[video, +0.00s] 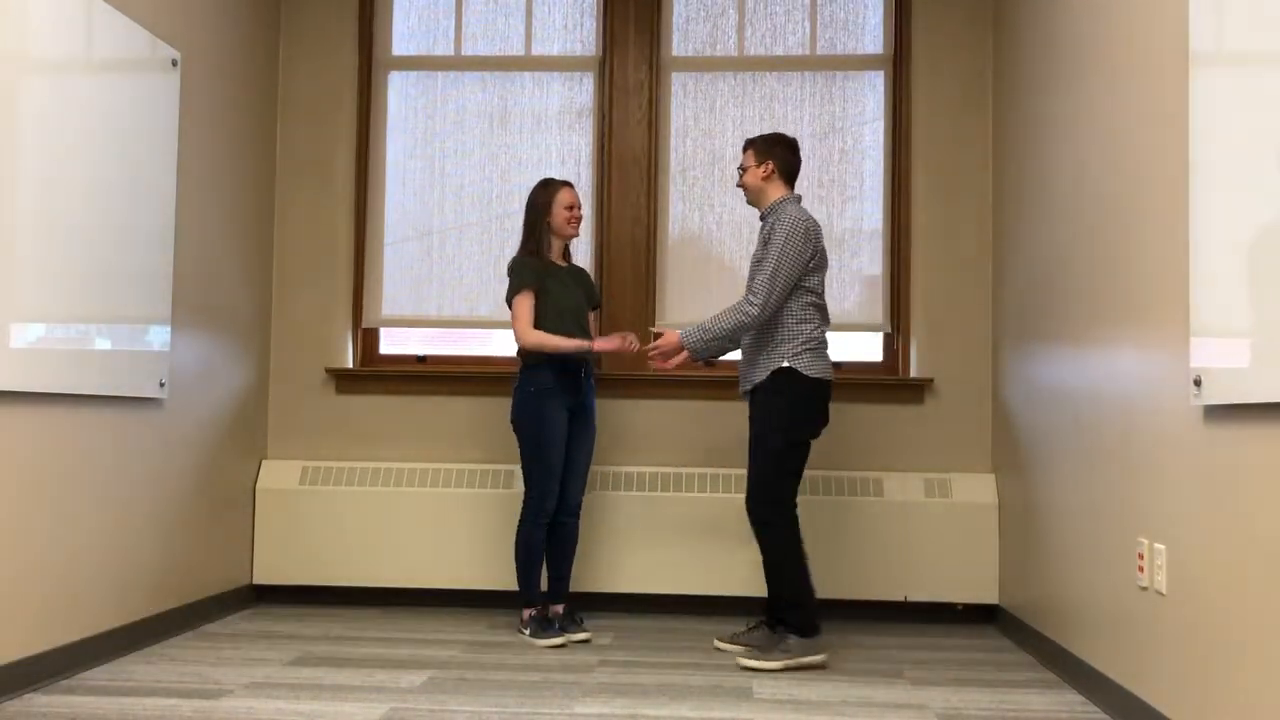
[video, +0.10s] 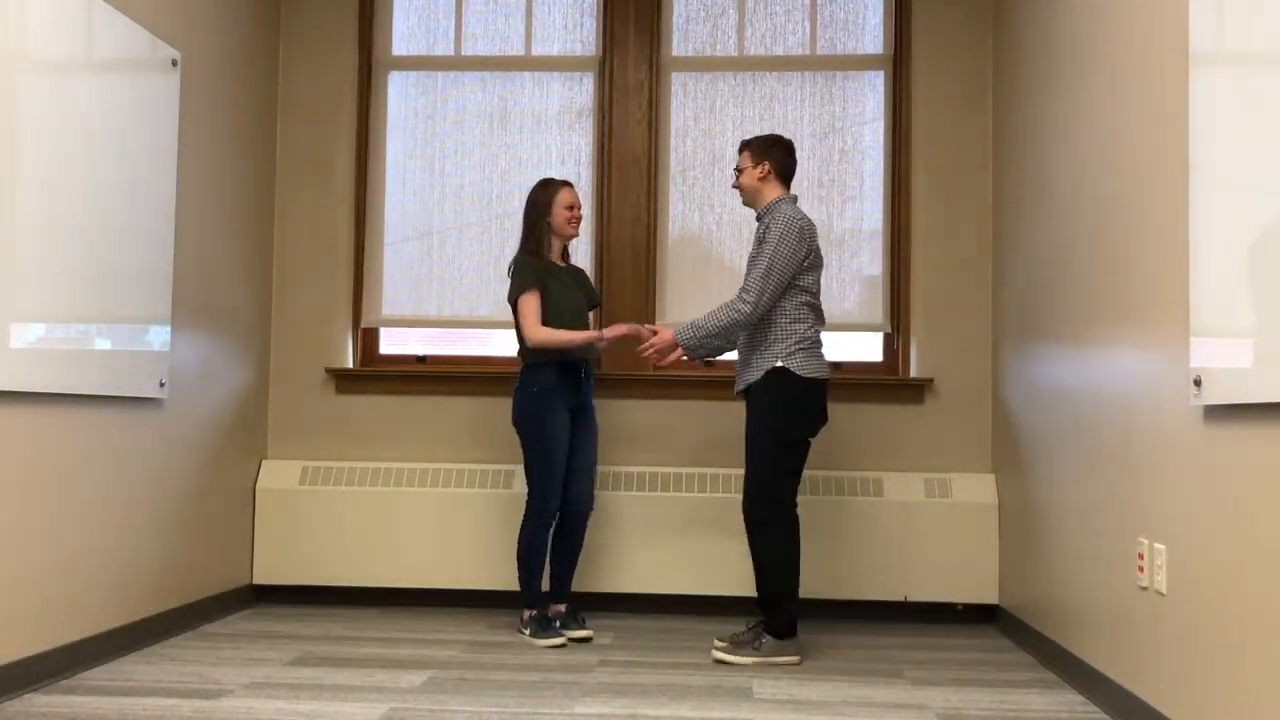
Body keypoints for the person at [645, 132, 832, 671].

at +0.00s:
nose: (739, 177)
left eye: (744, 167)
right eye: (740, 168)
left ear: (768, 169)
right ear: (773, 170)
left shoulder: (792, 224)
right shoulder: (779, 225)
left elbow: (757, 307)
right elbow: (758, 314)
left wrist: (687, 337)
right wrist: (699, 351)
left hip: (792, 382)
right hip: (776, 381)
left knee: (770, 504)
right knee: (766, 503)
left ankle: (799, 632)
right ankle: (779, 623)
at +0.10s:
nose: (735, 178)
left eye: (741, 169)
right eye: (736, 170)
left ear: (765, 170)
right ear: (770, 171)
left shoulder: (787, 224)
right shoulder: (777, 225)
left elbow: (750, 305)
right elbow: (756, 318)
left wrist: (681, 333)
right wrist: (694, 350)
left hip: (786, 383)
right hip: (776, 382)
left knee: (768, 506)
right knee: (767, 505)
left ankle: (778, 632)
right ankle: (774, 627)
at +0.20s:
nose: (733, 178)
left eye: (739, 168)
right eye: (734, 169)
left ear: (763, 170)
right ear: (768, 171)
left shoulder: (783, 223)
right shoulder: (775, 224)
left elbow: (743, 306)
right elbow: (746, 317)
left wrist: (672, 332)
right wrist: (681, 337)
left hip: (779, 382)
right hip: (770, 380)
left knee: (772, 505)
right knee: (768, 504)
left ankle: (779, 632)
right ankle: (774, 626)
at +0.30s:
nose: (733, 180)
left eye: (739, 170)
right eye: (734, 171)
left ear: (764, 171)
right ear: (768, 171)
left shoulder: (779, 224)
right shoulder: (775, 224)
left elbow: (738, 306)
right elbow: (741, 314)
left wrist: (670, 329)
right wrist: (674, 330)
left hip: (773, 382)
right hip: (767, 379)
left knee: (771, 503)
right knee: (769, 502)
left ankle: (779, 631)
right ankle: (775, 626)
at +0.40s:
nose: (730, 179)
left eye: (736, 169)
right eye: (731, 170)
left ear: (762, 172)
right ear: (766, 173)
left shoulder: (776, 225)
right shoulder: (773, 224)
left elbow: (741, 311)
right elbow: (741, 311)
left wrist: (672, 329)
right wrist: (677, 328)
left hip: (770, 383)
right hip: (766, 381)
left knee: (760, 506)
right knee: (763, 504)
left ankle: (778, 631)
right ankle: (773, 626)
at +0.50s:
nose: (726, 180)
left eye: (731, 170)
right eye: (728, 171)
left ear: (755, 173)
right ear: (762, 175)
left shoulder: (771, 228)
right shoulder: (777, 227)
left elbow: (749, 319)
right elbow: (750, 319)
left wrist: (681, 333)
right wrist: (687, 324)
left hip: (768, 383)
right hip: (781, 382)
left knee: (723, 496)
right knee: (775, 502)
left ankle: (769, 624)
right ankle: (782, 625)